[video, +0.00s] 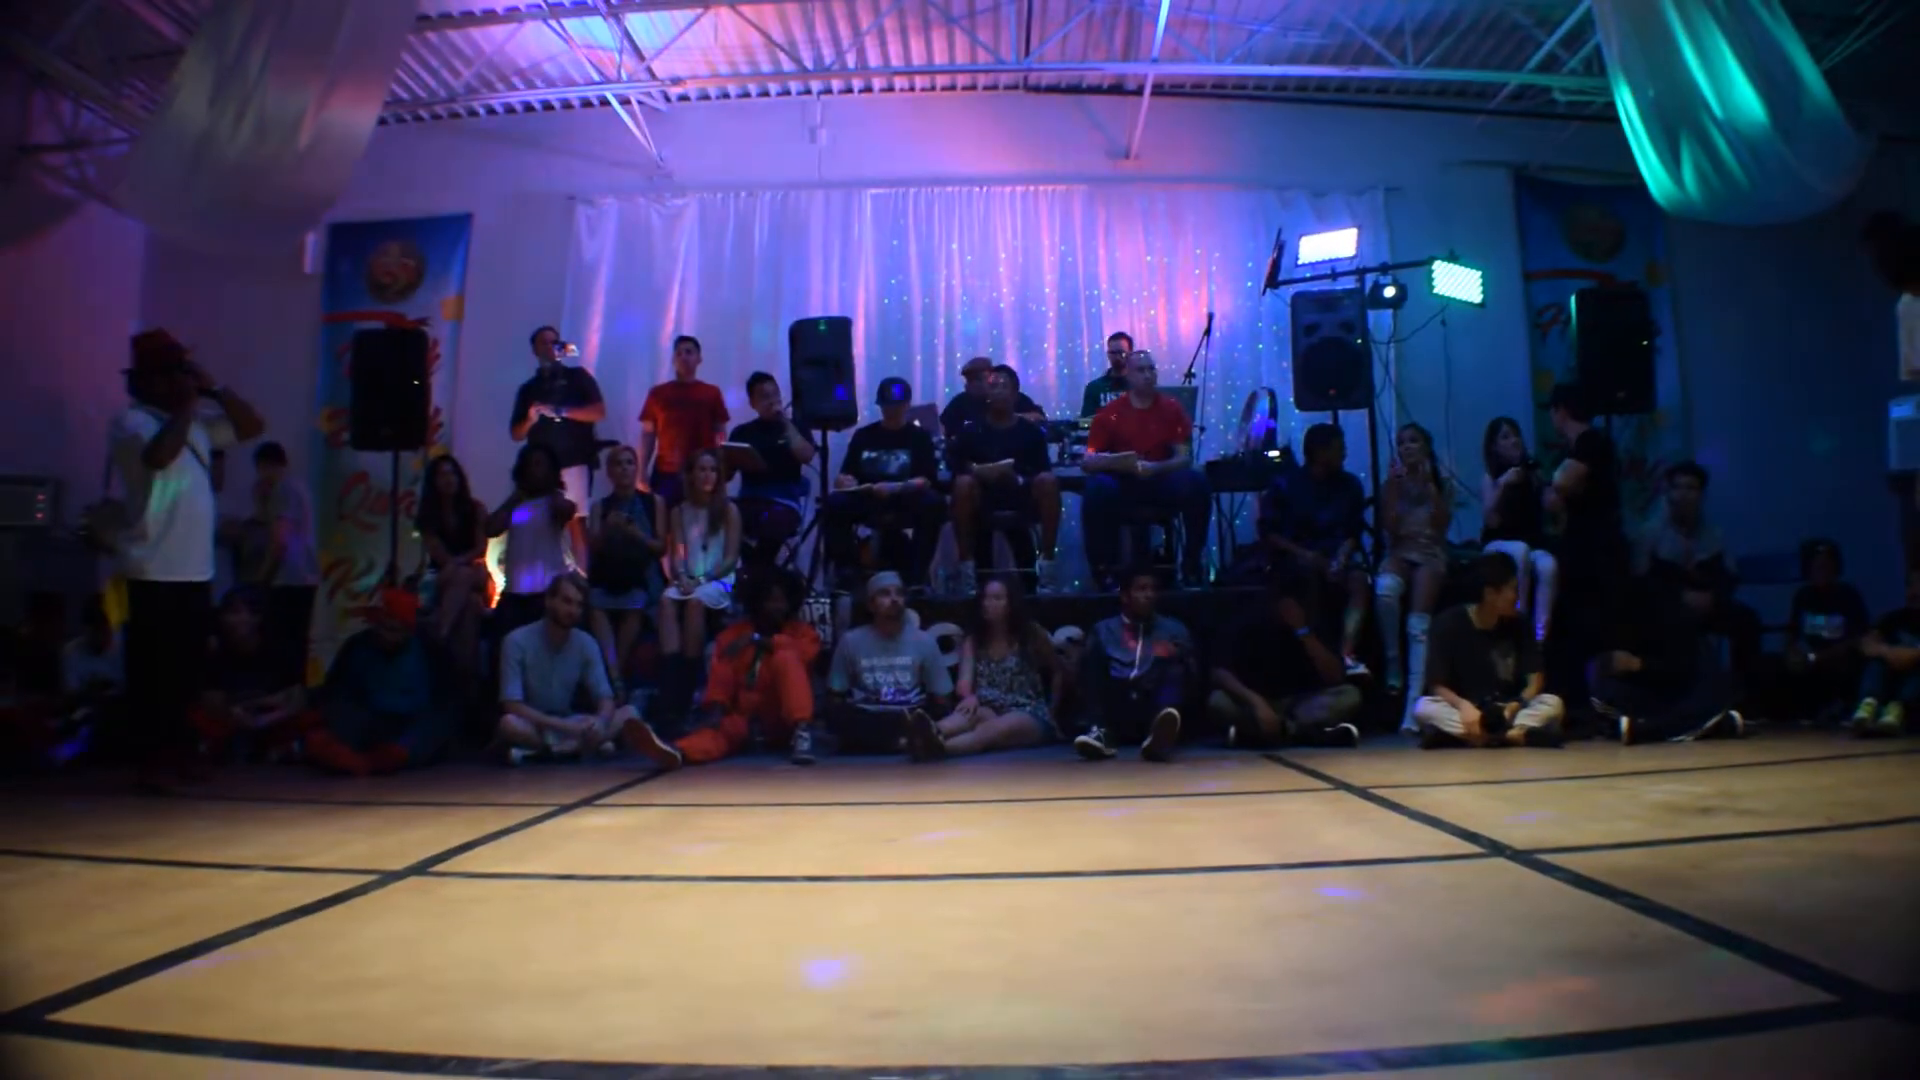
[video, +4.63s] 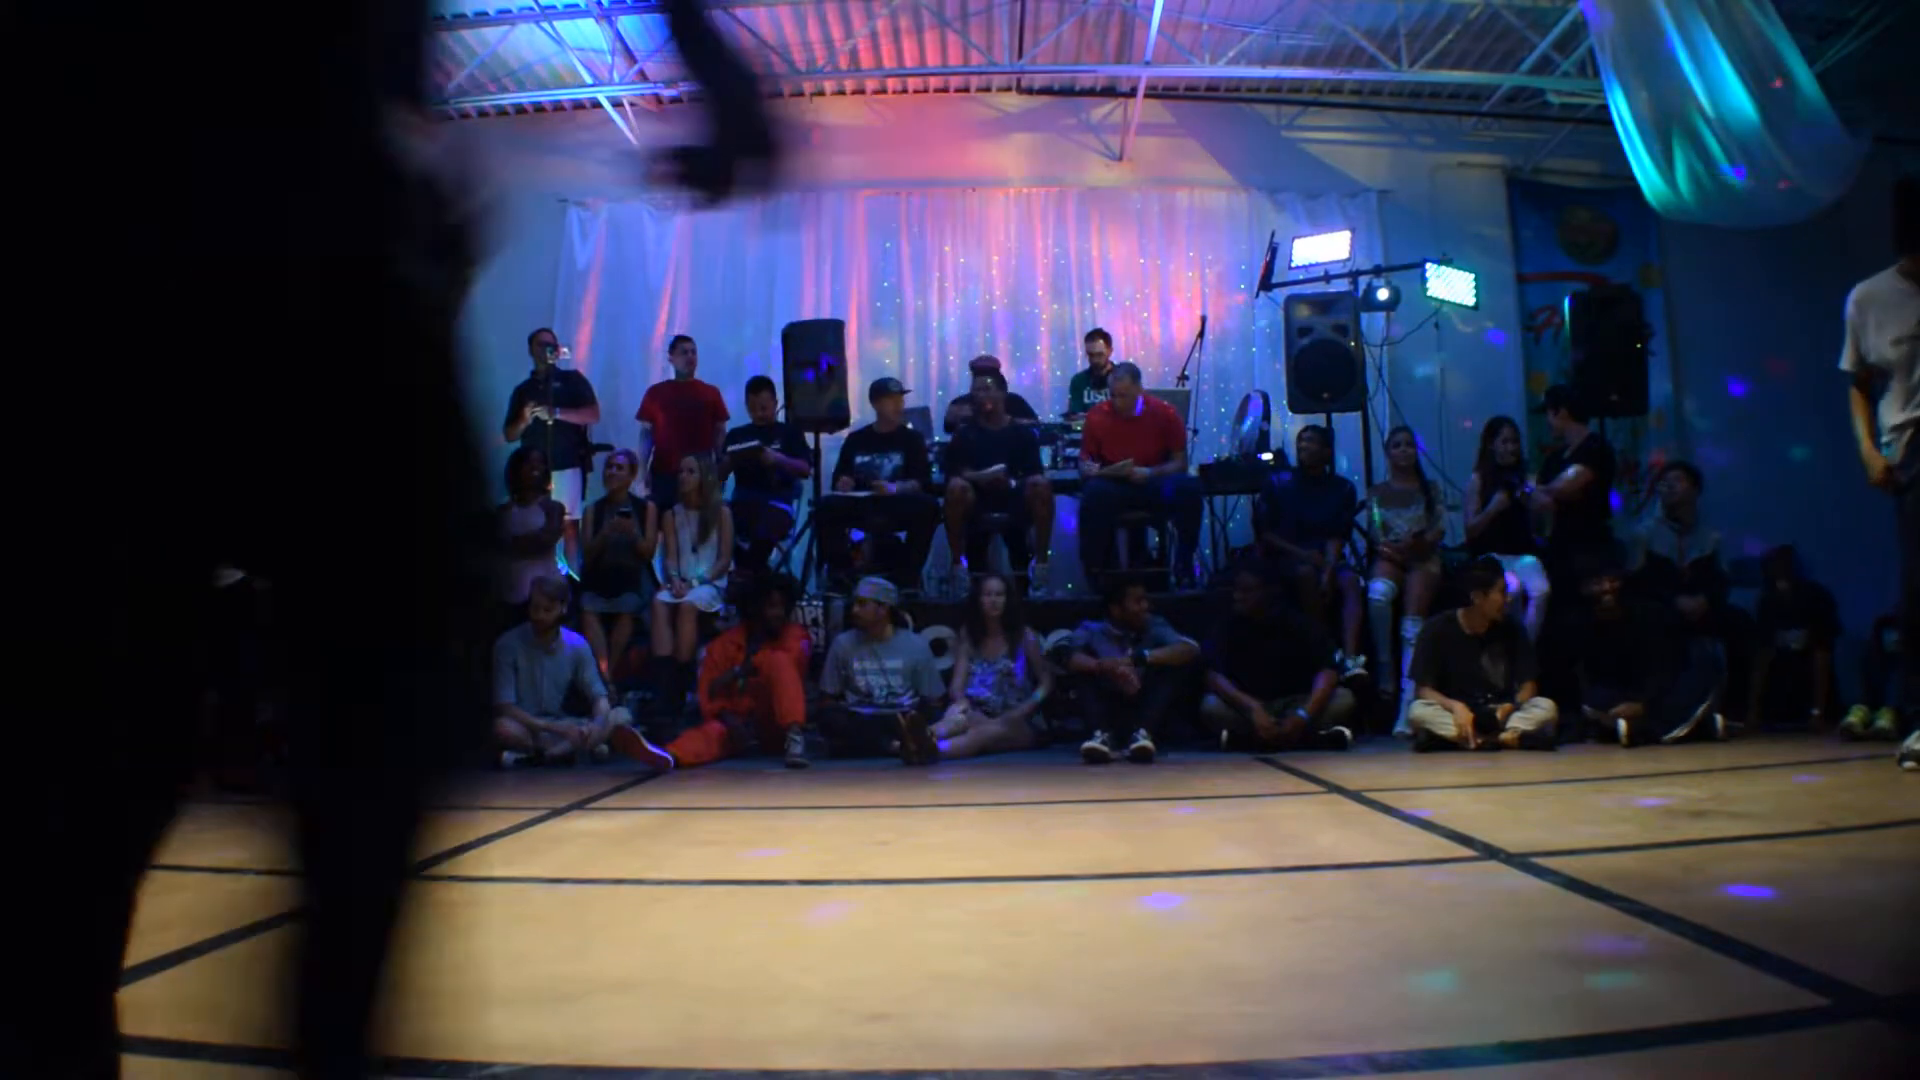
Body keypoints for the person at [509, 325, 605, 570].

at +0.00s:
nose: (551, 347)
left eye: (554, 342)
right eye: (544, 344)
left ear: (562, 346)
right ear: (535, 350)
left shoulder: (579, 376)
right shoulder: (528, 388)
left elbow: (598, 412)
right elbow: (516, 434)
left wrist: (561, 412)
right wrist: (530, 421)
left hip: (575, 459)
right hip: (541, 462)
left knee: (577, 521)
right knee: (542, 520)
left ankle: (582, 576)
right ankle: (544, 577)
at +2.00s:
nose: (545, 352)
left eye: (549, 346)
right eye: (539, 348)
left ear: (557, 349)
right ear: (532, 354)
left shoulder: (576, 379)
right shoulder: (525, 390)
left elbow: (593, 415)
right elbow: (513, 435)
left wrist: (556, 413)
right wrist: (523, 421)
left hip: (569, 465)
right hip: (536, 467)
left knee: (570, 525)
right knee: (536, 525)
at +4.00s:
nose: (548, 350)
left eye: (552, 346)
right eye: (542, 346)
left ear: (558, 350)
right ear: (531, 350)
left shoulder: (573, 379)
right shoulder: (522, 389)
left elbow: (592, 415)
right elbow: (509, 435)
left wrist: (556, 414)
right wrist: (525, 420)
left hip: (568, 463)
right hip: (534, 465)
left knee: (568, 523)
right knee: (535, 521)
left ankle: (572, 575)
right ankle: (538, 577)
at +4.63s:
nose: (549, 350)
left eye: (553, 346)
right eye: (543, 346)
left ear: (559, 351)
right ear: (531, 351)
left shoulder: (573, 379)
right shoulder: (523, 389)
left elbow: (592, 414)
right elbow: (510, 435)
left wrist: (556, 413)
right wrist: (524, 420)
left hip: (568, 463)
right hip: (535, 465)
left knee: (569, 524)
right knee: (536, 522)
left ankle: (572, 577)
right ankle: (539, 580)